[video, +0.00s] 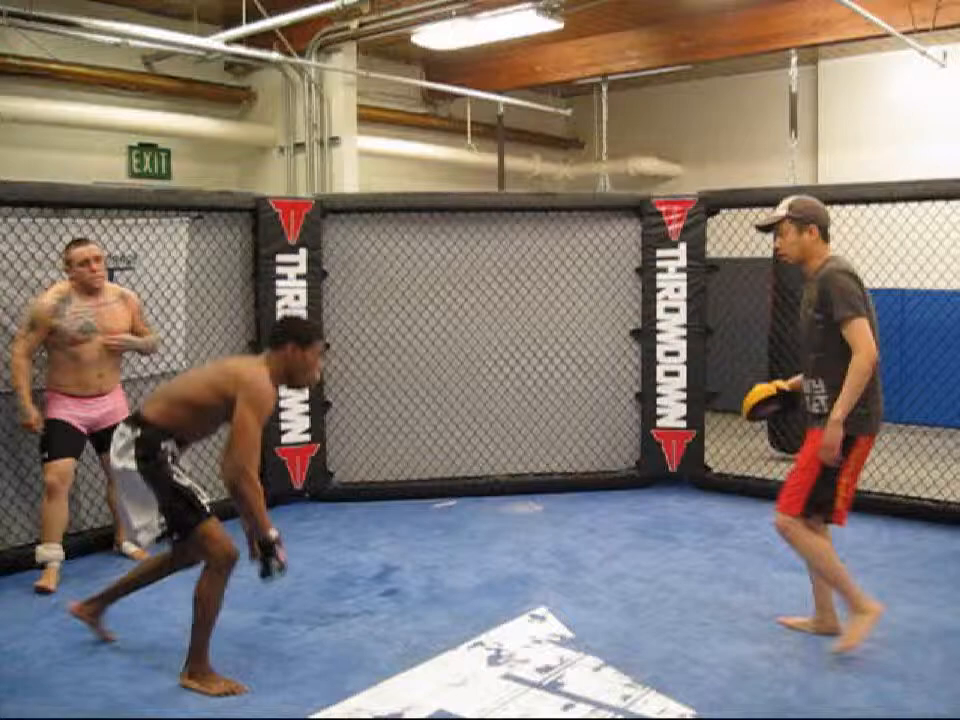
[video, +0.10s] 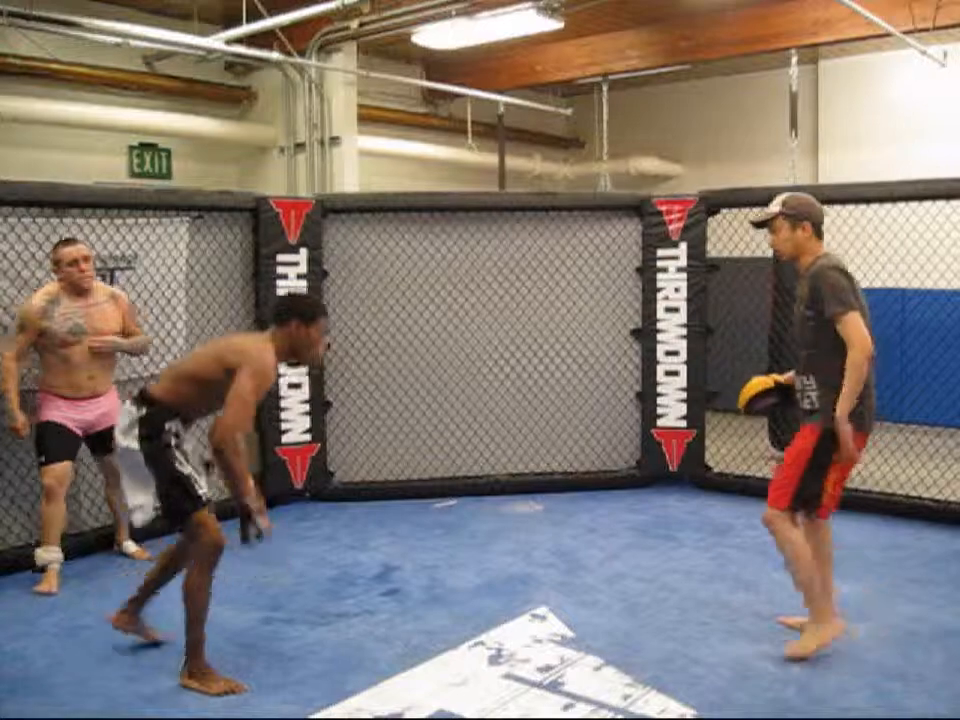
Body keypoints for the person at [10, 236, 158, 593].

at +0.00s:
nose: (93, 268)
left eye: (97, 260)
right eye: (84, 264)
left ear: (105, 262)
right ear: (68, 271)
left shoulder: (126, 299)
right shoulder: (50, 305)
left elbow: (153, 343)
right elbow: (21, 351)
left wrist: (129, 341)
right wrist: (26, 405)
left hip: (110, 400)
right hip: (65, 403)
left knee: (121, 473)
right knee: (56, 480)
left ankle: (125, 538)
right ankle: (51, 564)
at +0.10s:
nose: (82, 268)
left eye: (86, 260)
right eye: (72, 264)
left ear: (94, 262)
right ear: (57, 271)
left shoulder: (116, 299)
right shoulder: (41, 306)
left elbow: (143, 343)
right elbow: (12, 356)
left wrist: (116, 343)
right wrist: (14, 409)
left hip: (103, 402)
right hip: (58, 405)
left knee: (114, 474)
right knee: (53, 485)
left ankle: (125, 538)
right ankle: (52, 568)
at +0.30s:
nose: (49, 264)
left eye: (53, 256)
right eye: (39, 259)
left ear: (61, 258)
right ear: (23, 267)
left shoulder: (88, 296)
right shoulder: (11, 302)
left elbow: (111, 338)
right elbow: (5, 341)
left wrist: (99, 366)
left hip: (81, 401)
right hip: (32, 407)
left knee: (119, 472)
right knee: (38, 494)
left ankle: (124, 530)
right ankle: (49, 571)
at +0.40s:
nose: (36, 264)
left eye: (41, 256)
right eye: (26, 258)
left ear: (48, 258)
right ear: (11, 266)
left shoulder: (77, 298)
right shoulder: (5, 302)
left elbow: (102, 346)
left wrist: (102, 393)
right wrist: (7, 332)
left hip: (70, 403)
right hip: (18, 410)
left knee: (101, 478)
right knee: (32, 494)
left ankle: (110, 538)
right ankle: (48, 569)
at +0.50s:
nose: (24, 265)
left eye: (29, 257)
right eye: (14, 260)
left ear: (37, 260)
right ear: (1, 268)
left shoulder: (65, 304)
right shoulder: (2, 306)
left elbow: (94, 350)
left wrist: (107, 398)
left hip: (56, 406)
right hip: (10, 413)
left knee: (66, 484)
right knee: (29, 496)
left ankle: (82, 560)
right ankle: (47, 568)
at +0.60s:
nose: (14, 268)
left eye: (18, 260)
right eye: (5, 262)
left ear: (28, 263)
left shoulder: (54, 305)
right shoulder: (2, 307)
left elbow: (88, 352)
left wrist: (105, 397)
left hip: (44, 409)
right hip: (6, 415)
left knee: (33, 494)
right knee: (25, 499)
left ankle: (39, 583)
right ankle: (49, 569)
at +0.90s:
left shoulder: (14, 316)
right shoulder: (13, 316)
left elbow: (38, 372)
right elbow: (37, 372)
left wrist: (42, 434)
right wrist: (42, 434)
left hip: (9, 419)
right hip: (10, 419)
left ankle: (17, 554)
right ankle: (16, 555)